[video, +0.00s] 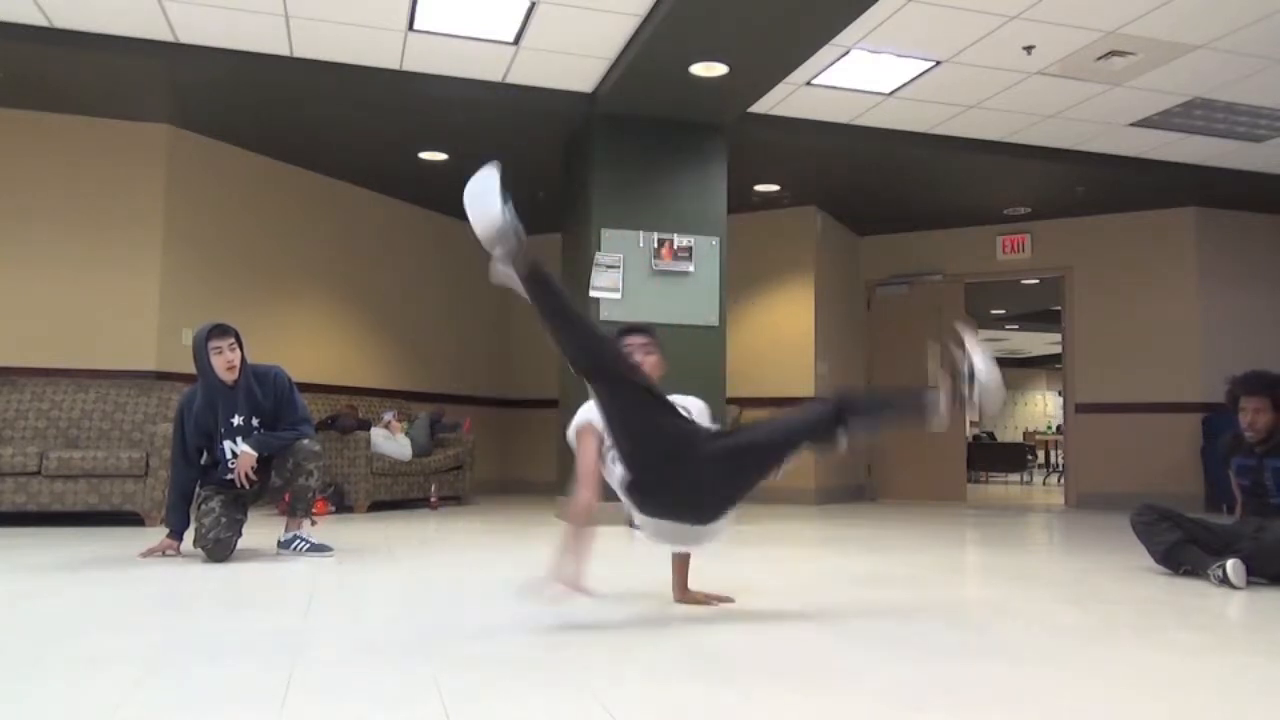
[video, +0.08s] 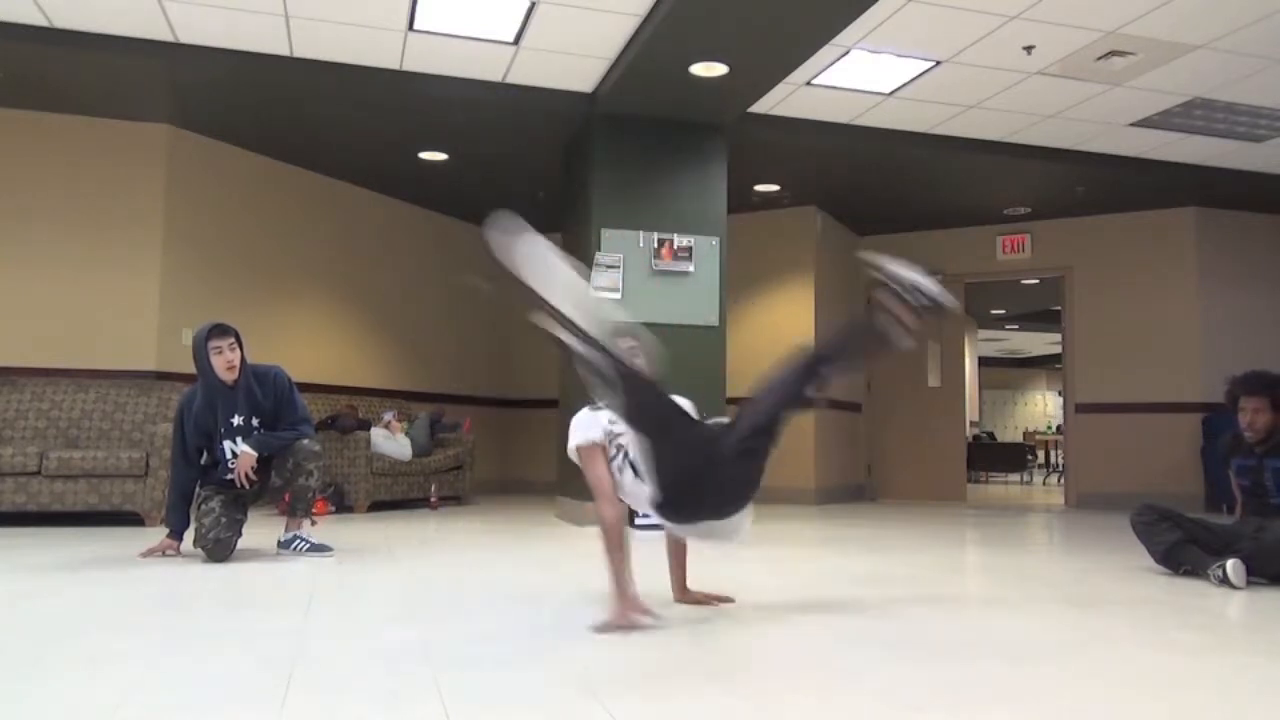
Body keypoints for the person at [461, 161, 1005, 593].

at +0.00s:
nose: (644, 358)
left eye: (649, 352)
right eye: (632, 353)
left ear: (663, 361)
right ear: (613, 364)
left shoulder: (694, 410)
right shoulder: (598, 411)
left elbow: (687, 494)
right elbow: (585, 498)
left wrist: (681, 586)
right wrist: (569, 571)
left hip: (712, 494)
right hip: (655, 487)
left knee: (825, 413)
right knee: (602, 357)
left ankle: (950, 399)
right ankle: (519, 261)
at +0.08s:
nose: (635, 362)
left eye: (640, 353)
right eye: (623, 355)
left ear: (652, 363)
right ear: (602, 372)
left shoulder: (676, 409)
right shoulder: (589, 424)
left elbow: (670, 512)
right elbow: (611, 514)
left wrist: (682, 588)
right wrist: (625, 599)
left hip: (729, 491)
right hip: (679, 491)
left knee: (798, 373)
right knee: (640, 398)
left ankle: (885, 323)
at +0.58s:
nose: (741, 382)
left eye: (745, 371)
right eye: (736, 373)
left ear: (702, 318)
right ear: (707, 367)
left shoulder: (666, 314)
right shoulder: (678, 416)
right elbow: (649, 517)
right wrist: (635, 609)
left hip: (563, 382)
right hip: (572, 448)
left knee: (712, 407)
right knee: (594, 558)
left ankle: (776, 411)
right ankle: (503, 541)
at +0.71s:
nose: (762, 411)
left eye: (771, 400)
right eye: (755, 396)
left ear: (773, 392)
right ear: (725, 380)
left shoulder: (744, 410)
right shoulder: (681, 402)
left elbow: (701, 492)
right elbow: (652, 515)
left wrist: (684, 578)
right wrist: (633, 609)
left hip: (637, 402)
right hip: (578, 392)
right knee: (493, 523)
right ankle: (360, 524)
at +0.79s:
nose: (775, 408)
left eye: (787, 400)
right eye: (771, 391)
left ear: (790, 402)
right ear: (744, 378)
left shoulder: (758, 435)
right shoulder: (692, 405)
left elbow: (699, 513)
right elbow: (657, 512)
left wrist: (666, 598)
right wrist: (634, 608)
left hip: (608, 468)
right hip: (587, 419)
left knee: (542, 576)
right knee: (524, 460)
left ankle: (450, 543)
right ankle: (372, 493)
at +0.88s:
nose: (777, 382)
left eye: (786, 374)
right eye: (771, 367)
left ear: (788, 380)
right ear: (743, 357)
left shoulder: (750, 424)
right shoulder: (700, 396)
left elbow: (698, 503)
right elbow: (662, 499)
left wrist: (662, 596)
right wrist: (640, 601)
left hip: (599, 495)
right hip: (583, 442)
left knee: (548, 599)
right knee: (578, 421)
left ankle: (418, 591)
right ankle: (439, 434)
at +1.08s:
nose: (662, 355)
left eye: (668, 346)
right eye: (655, 341)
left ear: (671, 349)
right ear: (634, 337)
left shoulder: (650, 397)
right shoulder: (606, 358)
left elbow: (659, 500)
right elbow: (565, 417)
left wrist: (661, 598)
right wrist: (598, 375)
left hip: (651, 543)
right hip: (608, 520)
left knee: (793, 534)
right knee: (629, 422)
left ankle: (792, 631)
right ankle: (703, 436)